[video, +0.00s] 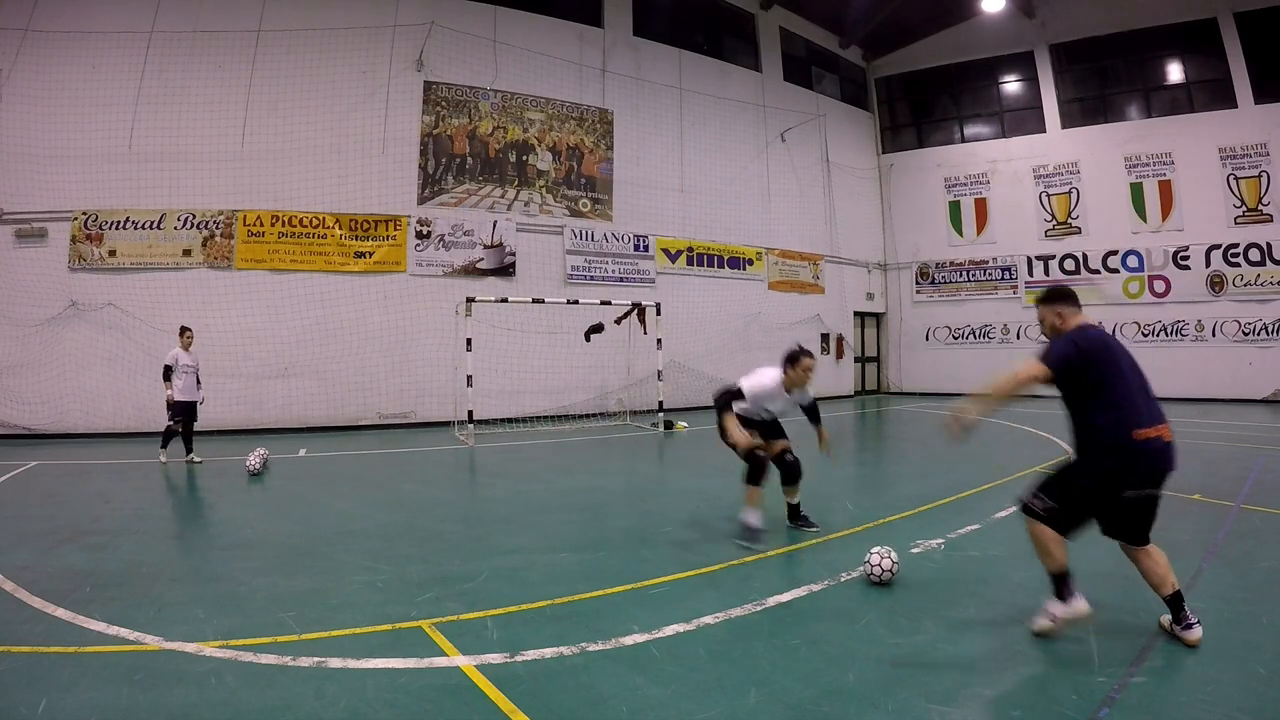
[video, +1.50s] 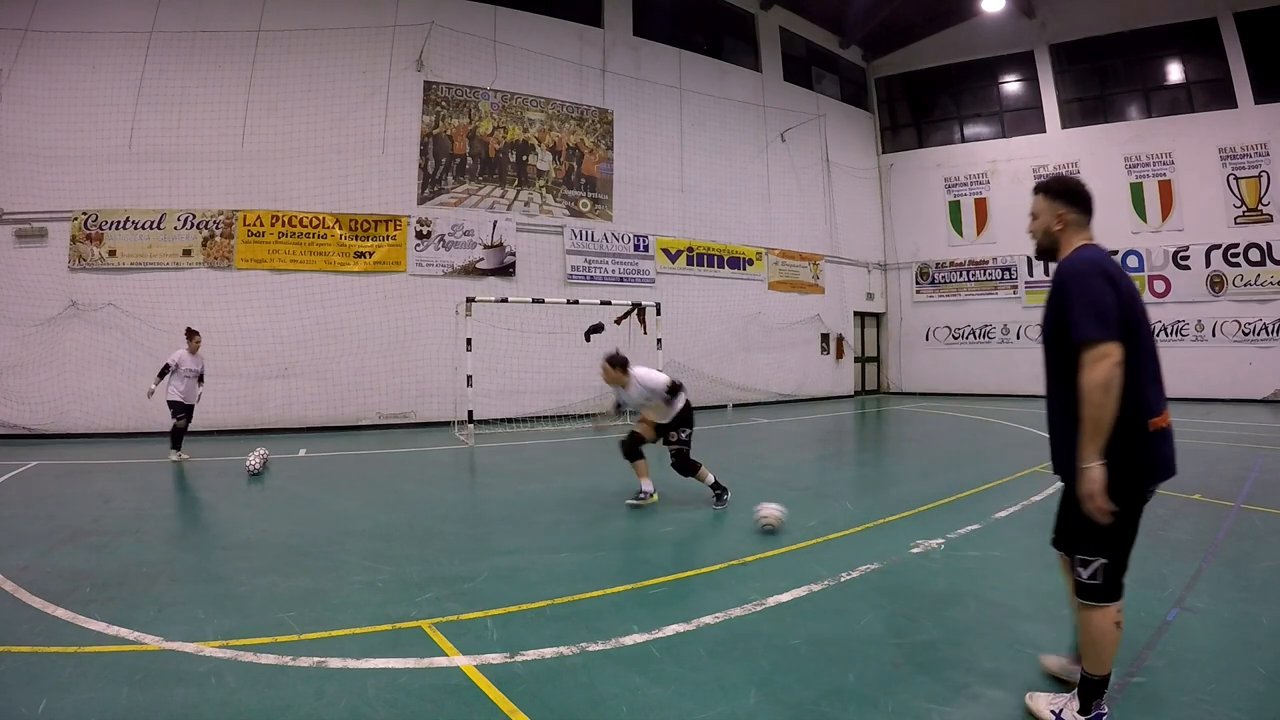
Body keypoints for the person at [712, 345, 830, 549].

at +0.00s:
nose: (809, 376)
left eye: (811, 371)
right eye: (805, 370)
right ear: (789, 369)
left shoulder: (799, 390)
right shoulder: (765, 382)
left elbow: (811, 407)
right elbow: (722, 397)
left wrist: (820, 432)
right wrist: (734, 430)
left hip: (766, 420)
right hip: (738, 417)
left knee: (791, 465)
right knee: (758, 462)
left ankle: (795, 516)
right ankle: (750, 523)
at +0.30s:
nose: (757, 364)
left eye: (759, 360)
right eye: (753, 360)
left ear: (759, 360)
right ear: (738, 359)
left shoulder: (750, 381)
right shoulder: (718, 375)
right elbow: (690, 373)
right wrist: (666, 378)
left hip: (727, 437)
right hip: (697, 433)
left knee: (729, 489)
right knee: (675, 487)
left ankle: (716, 486)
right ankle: (638, 490)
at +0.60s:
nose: (738, 419)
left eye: (738, 415)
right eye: (733, 416)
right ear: (718, 416)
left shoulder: (728, 431)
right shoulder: (701, 432)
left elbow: (716, 468)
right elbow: (707, 474)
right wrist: (724, 506)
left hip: (688, 460)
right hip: (661, 456)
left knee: (700, 503)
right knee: (663, 509)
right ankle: (630, 491)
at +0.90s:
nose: (692, 396)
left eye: (696, 392)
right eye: (688, 392)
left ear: (702, 389)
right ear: (681, 388)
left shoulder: (713, 399)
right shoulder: (671, 396)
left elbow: (733, 404)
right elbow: (647, 400)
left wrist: (741, 408)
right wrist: (635, 401)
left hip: (693, 452)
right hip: (665, 444)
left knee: (704, 504)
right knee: (652, 475)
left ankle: (684, 484)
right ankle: (632, 492)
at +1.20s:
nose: (638, 384)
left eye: (643, 378)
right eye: (635, 381)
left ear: (654, 379)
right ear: (633, 385)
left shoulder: (673, 385)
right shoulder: (634, 406)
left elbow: (702, 396)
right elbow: (629, 443)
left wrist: (687, 428)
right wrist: (628, 484)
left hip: (686, 428)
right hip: (660, 431)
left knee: (681, 476)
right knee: (647, 451)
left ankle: (706, 476)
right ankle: (649, 502)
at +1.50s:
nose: (603, 375)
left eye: (605, 370)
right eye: (603, 370)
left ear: (618, 371)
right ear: (616, 371)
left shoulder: (644, 378)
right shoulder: (619, 387)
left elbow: (678, 388)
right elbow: (621, 406)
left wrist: (659, 413)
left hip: (678, 415)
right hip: (654, 418)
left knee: (680, 462)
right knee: (629, 445)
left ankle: (719, 490)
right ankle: (648, 491)